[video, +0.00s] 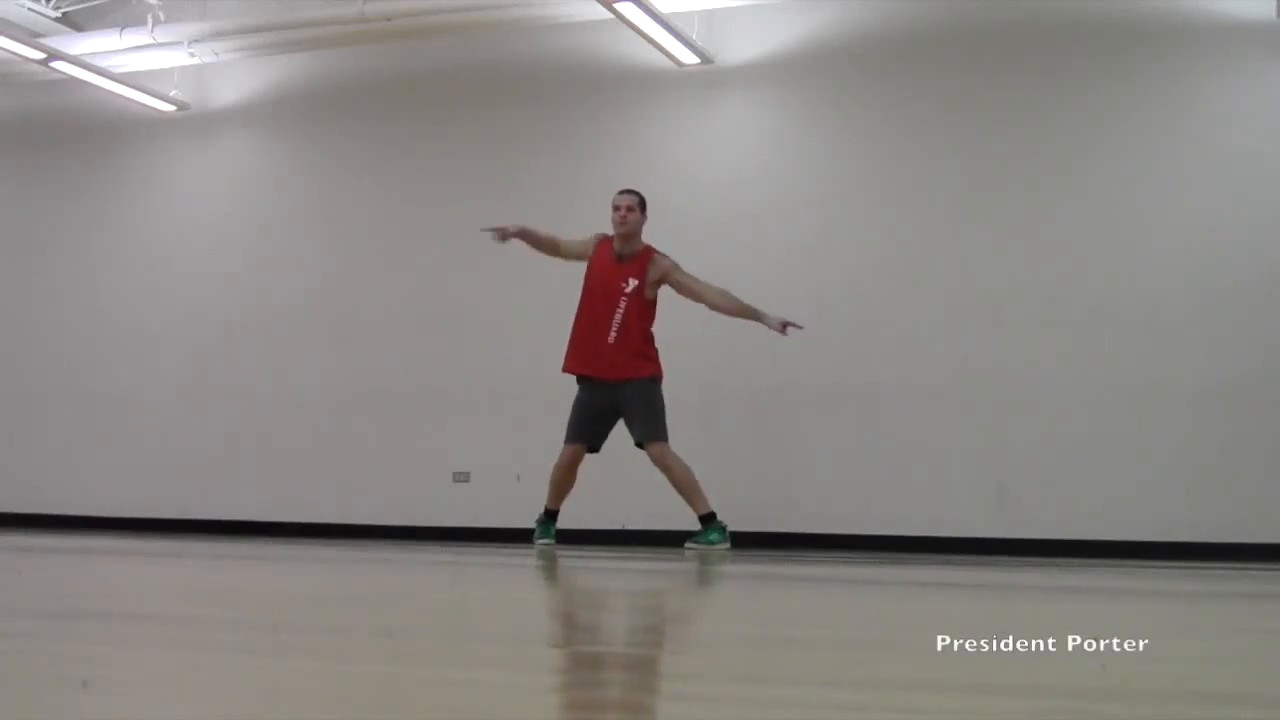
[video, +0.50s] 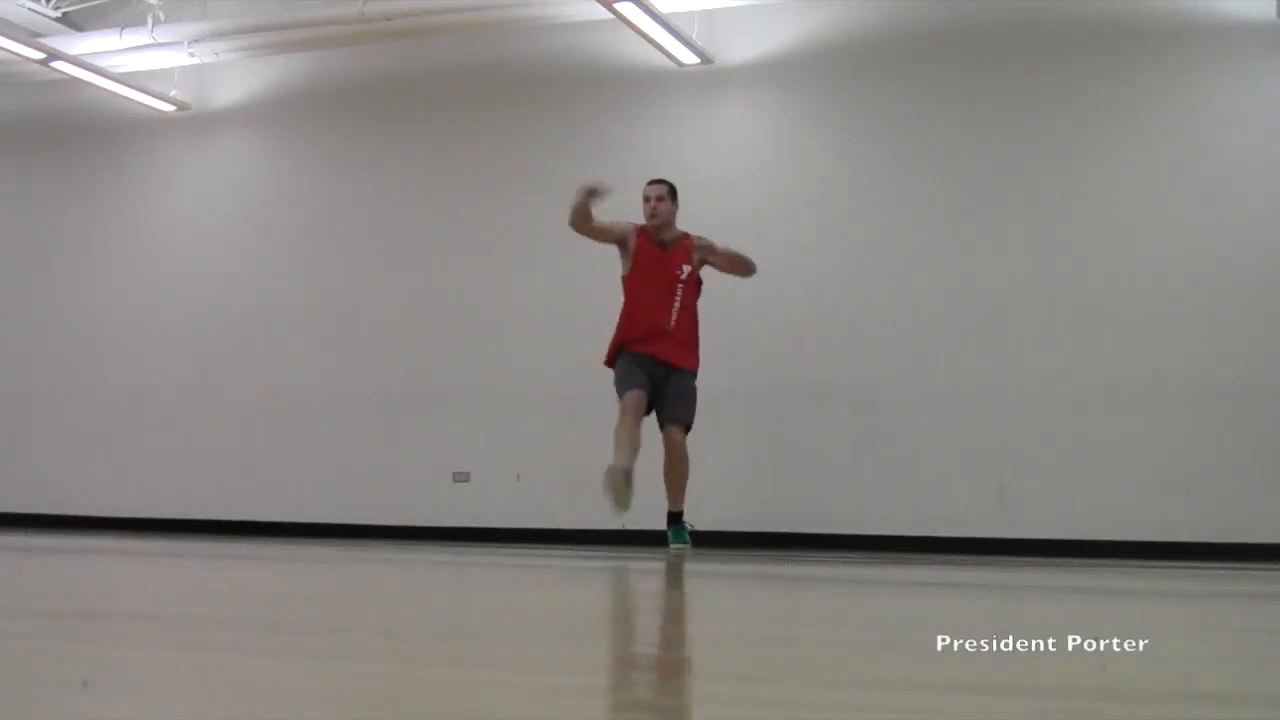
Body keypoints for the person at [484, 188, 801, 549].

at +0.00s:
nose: (621, 214)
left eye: (630, 209)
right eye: (617, 209)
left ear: (643, 219)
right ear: (610, 216)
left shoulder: (657, 264)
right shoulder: (596, 247)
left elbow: (710, 295)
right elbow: (557, 247)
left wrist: (764, 318)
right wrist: (521, 232)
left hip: (638, 378)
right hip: (594, 377)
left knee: (657, 450)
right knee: (571, 452)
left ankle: (711, 526)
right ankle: (547, 521)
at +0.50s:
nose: (652, 206)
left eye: (660, 200)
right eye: (647, 200)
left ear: (675, 206)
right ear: (642, 207)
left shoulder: (694, 246)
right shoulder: (630, 236)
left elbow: (747, 269)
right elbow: (582, 225)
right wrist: (582, 199)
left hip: (678, 356)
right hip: (635, 350)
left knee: (675, 436)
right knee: (632, 403)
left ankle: (676, 521)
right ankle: (621, 485)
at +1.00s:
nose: (679, 203)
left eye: (674, 197)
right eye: (675, 199)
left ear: (643, 209)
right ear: (673, 207)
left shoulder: (632, 238)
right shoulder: (698, 239)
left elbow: (659, 199)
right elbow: (724, 273)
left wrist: (699, 206)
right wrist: (724, 224)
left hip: (667, 363)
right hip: (708, 360)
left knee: (685, 442)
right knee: (742, 436)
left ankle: (663, 515)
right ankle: (708, 524)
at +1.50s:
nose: (678, 209)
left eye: (684, 201)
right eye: (673, 202)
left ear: (703, 202)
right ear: (670, 207)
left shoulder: (723, 231)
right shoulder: (669, 234)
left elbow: (705, 205)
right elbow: (653, 220)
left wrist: (680, 177)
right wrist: (647, 193)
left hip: (711, 352)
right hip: (671, 353)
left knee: (698, 436)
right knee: (669, 440)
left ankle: (699, 523)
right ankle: (701, 521)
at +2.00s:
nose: (702, 211)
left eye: (709, 204)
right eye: (697, 205)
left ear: (727, 203)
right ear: (693, 203)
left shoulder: (747, 234)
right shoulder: (682, 230)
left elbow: (730, 240)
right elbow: (656, 226)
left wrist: (691, 222)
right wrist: (634, 220)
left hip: (722, 356)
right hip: (675, 350)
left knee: (719, 427)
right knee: (655, 427)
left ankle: (708, 520)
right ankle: (673, 505)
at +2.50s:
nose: (705, 175)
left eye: (713, 167)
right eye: (700, 168)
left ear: (729, 166)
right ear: (692, 170)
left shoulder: (758, 203)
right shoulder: (679, 208)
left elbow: (782, 264)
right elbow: (666, 268)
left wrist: (783, 324)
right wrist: (669, 317)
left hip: (741, 325)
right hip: (695, 319)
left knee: (735, 426)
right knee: (696, 374)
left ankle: (720, 516)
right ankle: (691, 474)